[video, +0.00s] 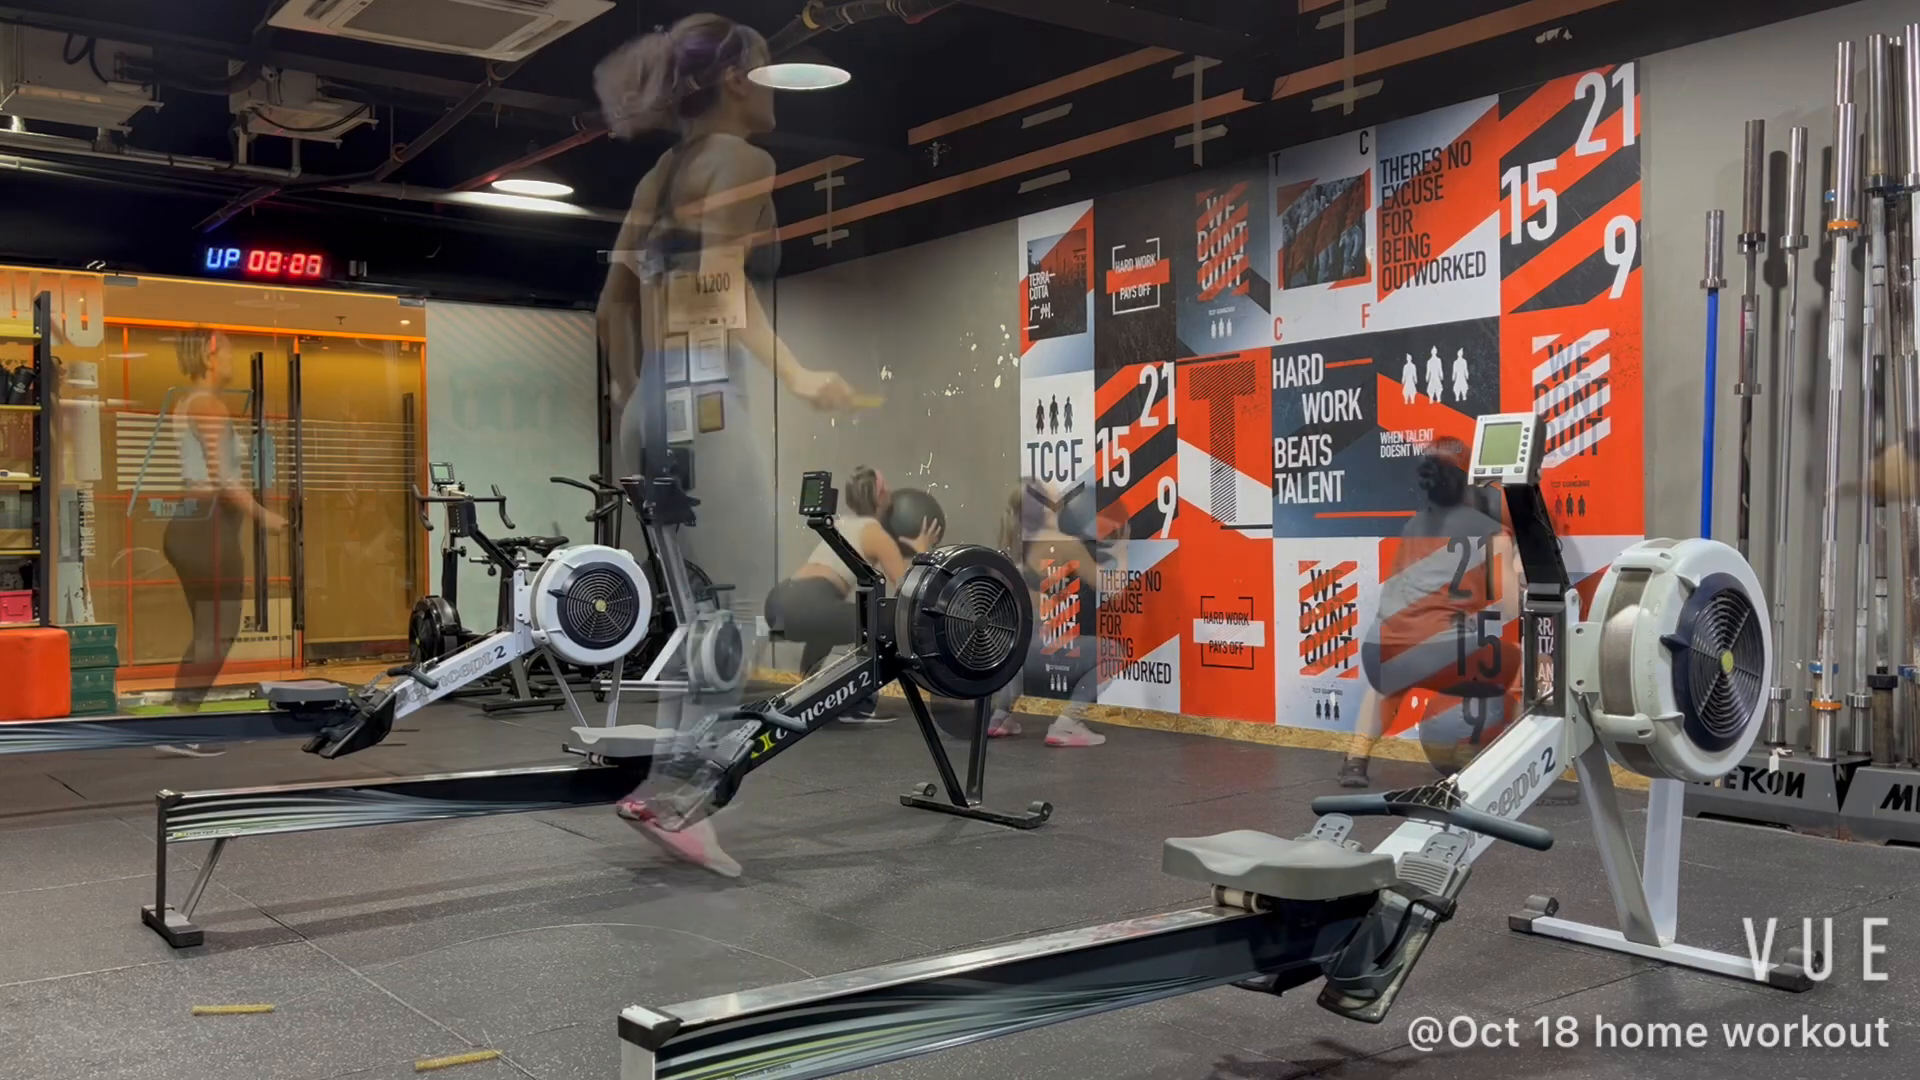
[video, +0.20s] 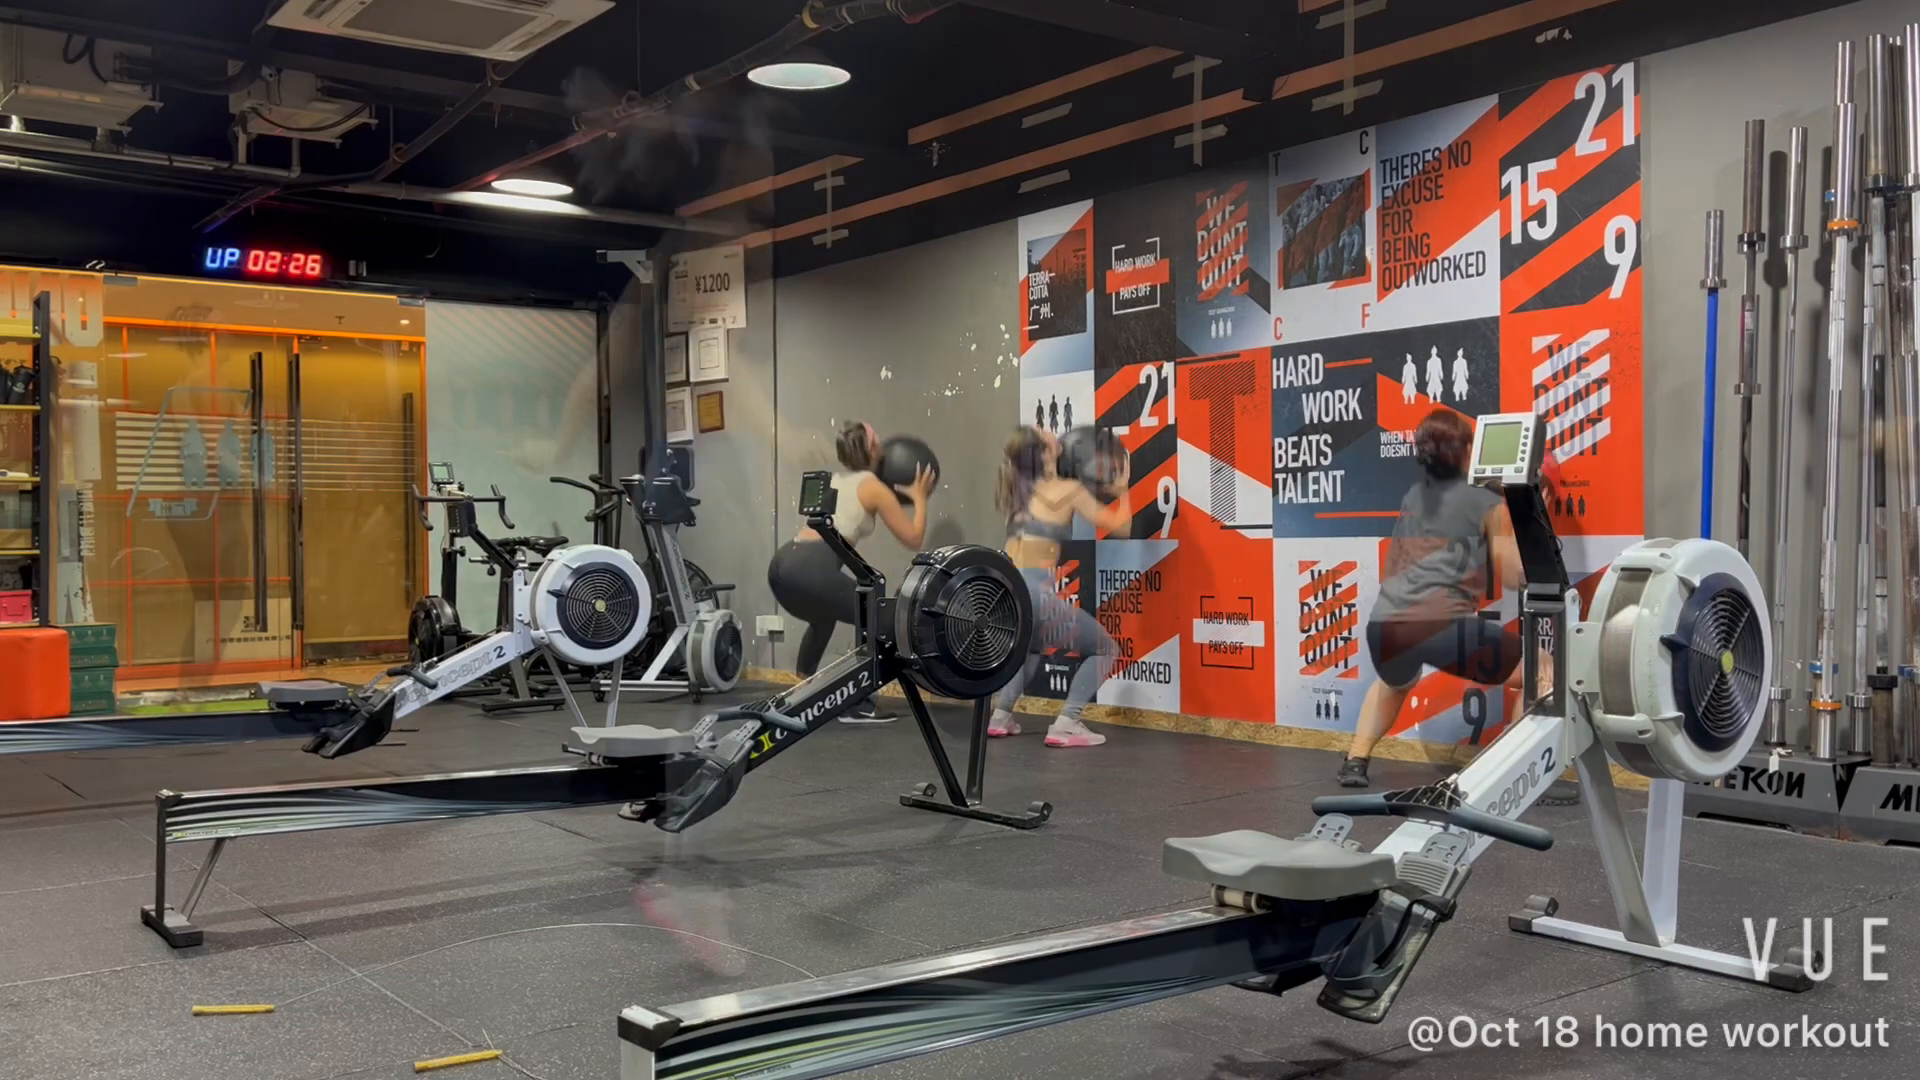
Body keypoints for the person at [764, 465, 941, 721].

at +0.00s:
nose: (888, 491)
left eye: (885, 486)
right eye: (885, 488)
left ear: (854, 496)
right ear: (877, 495)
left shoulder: (838, 524)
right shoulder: (873, 531)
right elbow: (906, 585)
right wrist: (922, 552)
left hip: (780, 606)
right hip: (812, 609)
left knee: (836, 615)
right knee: (886, 623)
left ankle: (809, 693)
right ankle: (858, 706)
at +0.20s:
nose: (879, 441)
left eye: (876, 437)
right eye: (875, 439)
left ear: (848, 453)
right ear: (869, 449)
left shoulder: (836, 481)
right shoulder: (873, 486)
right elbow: (913, 538)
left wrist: (881, 474)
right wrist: (920, 498)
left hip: (782, 567)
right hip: (814, 571)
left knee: (824, 620)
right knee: (878, 618)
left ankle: (801, 694)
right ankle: (858, 702)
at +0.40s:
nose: (854, 375)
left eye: (849, 371)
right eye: (850, 374)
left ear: (832, 396)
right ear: (851, 389)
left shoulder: (833, 428)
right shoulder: (862, 425)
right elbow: (919, 451)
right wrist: (908, 408)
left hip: (808, 525)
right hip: (838, 527)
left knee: (820, 608)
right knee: (874, 602)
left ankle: (801, 687)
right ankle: (860, 695)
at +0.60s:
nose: (837, 344)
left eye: (834, 343)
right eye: (834, 345)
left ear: (817, 370)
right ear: (833, 361)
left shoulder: (821, 396)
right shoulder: (856, 391)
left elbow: (843, 352)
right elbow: (888, 336)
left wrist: (860, 306)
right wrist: (899, 288)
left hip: (819, 494)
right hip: (850, 494)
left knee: (815, 588)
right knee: (864, 589)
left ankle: (801, 672)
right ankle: (865, 682)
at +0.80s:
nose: (839, 368)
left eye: (835, 366)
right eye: (835, 369)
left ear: (814, 391)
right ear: (830, 387)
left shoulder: (810, 418)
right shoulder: (844, 418)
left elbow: (837, 373)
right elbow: (872, 366)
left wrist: (858, 335)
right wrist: (883, 317)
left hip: (820, 516)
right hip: (853, 515)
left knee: (818, 609)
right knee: (861, 609)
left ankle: (800, 694)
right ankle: (854, 699)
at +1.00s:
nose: (837, 370)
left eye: (833, 366)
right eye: (833, 369)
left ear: (811, 389)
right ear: (828, 383)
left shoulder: (807, 416)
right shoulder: (841, 415)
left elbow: (833, 382)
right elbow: (877, 367)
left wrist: (857, 347)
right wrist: (891, 317)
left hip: (813, 515)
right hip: (846, 513)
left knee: (809, 611)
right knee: (854, 612)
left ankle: (797, 694)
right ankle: (854, 700)